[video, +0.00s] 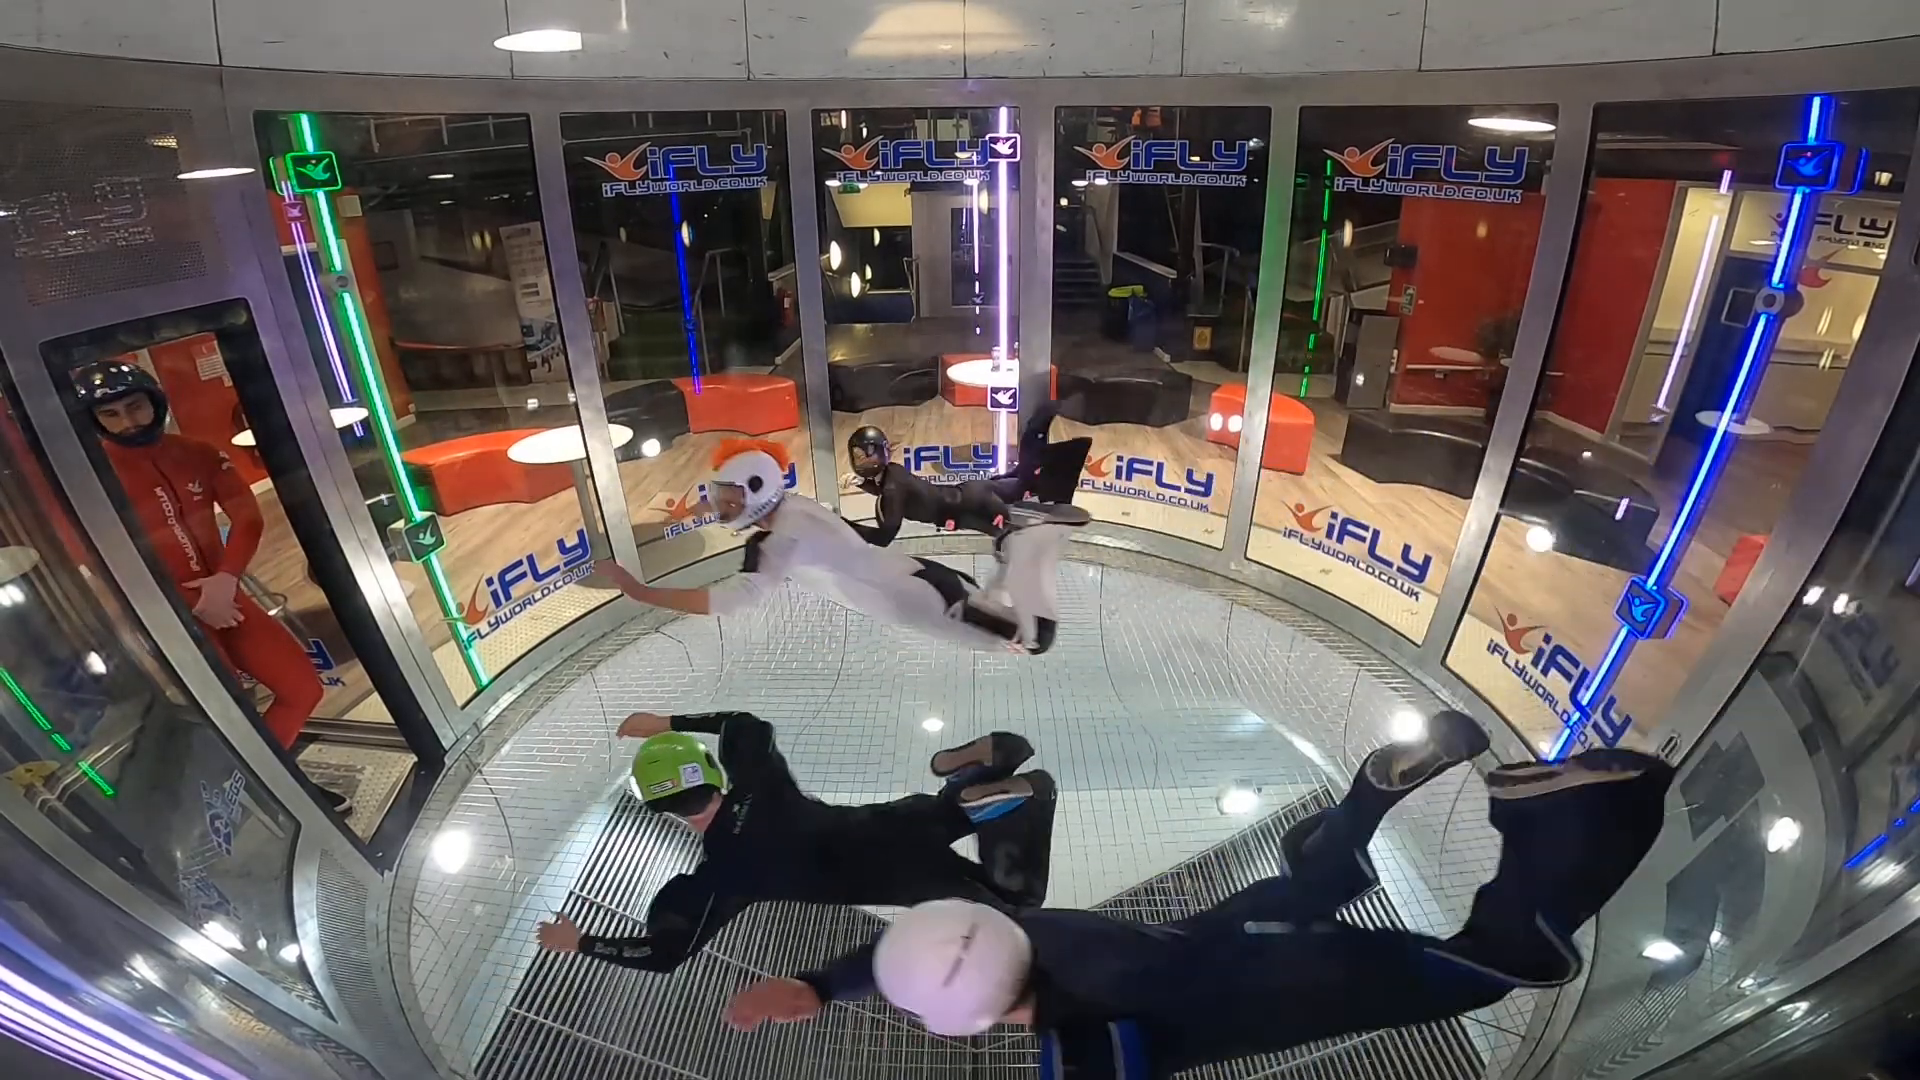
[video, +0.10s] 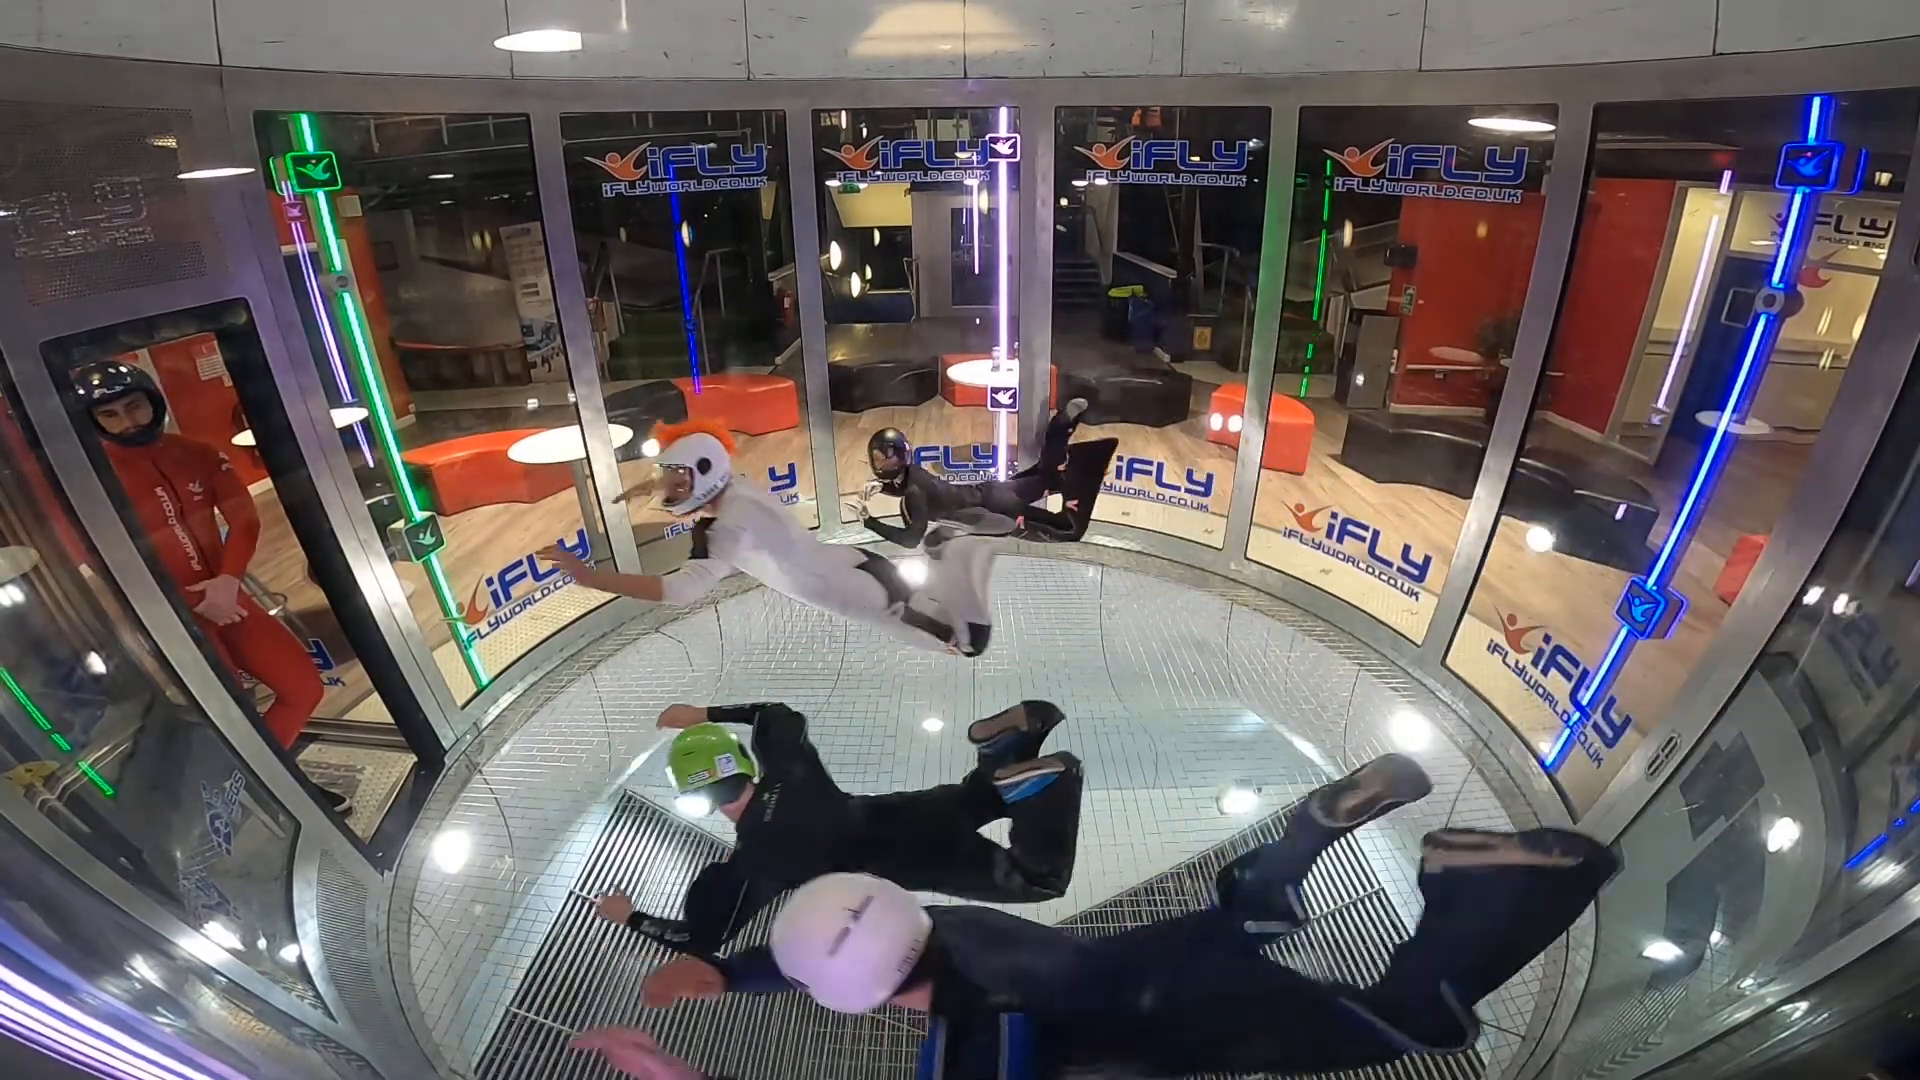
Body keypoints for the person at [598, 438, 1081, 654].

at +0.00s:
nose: (719, 501)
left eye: (728, 492)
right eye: (719, 491)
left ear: (758, 495)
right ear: (755, 491)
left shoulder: (786, 539)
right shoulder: (783, 508)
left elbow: (724, 602)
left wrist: (636, 589)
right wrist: (702, 510)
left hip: (921, 593)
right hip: (912, 579)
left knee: (1035, 635)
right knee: (1013, 626)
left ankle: (1031, 540)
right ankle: (1023, 541)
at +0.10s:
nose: (667, 486)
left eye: (674, 477)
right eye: (667, 475)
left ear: (704, 477)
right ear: (704, 471)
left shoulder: (726, 529)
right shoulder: (734, 490)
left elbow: (678, 591)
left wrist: (590, 577)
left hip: (849, 588)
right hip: (850, 560)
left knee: (968, 638)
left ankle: (969, 553)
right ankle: (964, 547)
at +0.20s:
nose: (621, 476)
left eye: (629, 464)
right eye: (617, 465)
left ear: (661, 459)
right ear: (645, 460)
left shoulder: (684, 511)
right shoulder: (683, 481)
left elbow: (641, 581)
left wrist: (541, 565)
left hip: (811, 578)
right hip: (801, 560)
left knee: (915, 637)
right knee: (897, 624)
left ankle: (898, 551)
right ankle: (897, 547)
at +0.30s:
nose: (574, 473)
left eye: (582, 461)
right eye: (571, 461)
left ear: (615, 459)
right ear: (607, 457)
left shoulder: (641, 505)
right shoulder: (639, 481)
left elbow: (606, 574)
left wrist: (505, 559)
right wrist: (611, 541)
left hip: (773, 570)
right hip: (762, 559)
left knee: (862, 628)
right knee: (847, 617)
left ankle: (853, 530)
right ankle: (840, 524)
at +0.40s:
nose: (542, 477)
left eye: (552, 467)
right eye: (538, 465)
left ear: (581, 461)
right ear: (567, 455)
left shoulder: (605, 511)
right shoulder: (604, 468)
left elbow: (563, 576)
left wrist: (468, 558)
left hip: (735, 562)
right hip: (721, 540)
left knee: (822, 614)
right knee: (782, 588)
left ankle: (813, 521)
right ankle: (785, 506)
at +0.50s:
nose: (524, 484)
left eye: (533, 472)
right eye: (517, 472)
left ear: (560, 462)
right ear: (513, 467)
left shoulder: (588, 514)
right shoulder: (582, 471)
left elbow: (536, 579)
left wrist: (435, 563)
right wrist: (561, 548)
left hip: (712, 553)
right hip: (696, 534)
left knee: (792, 605)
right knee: (750, 570)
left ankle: (799, 506)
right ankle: (749, 490)